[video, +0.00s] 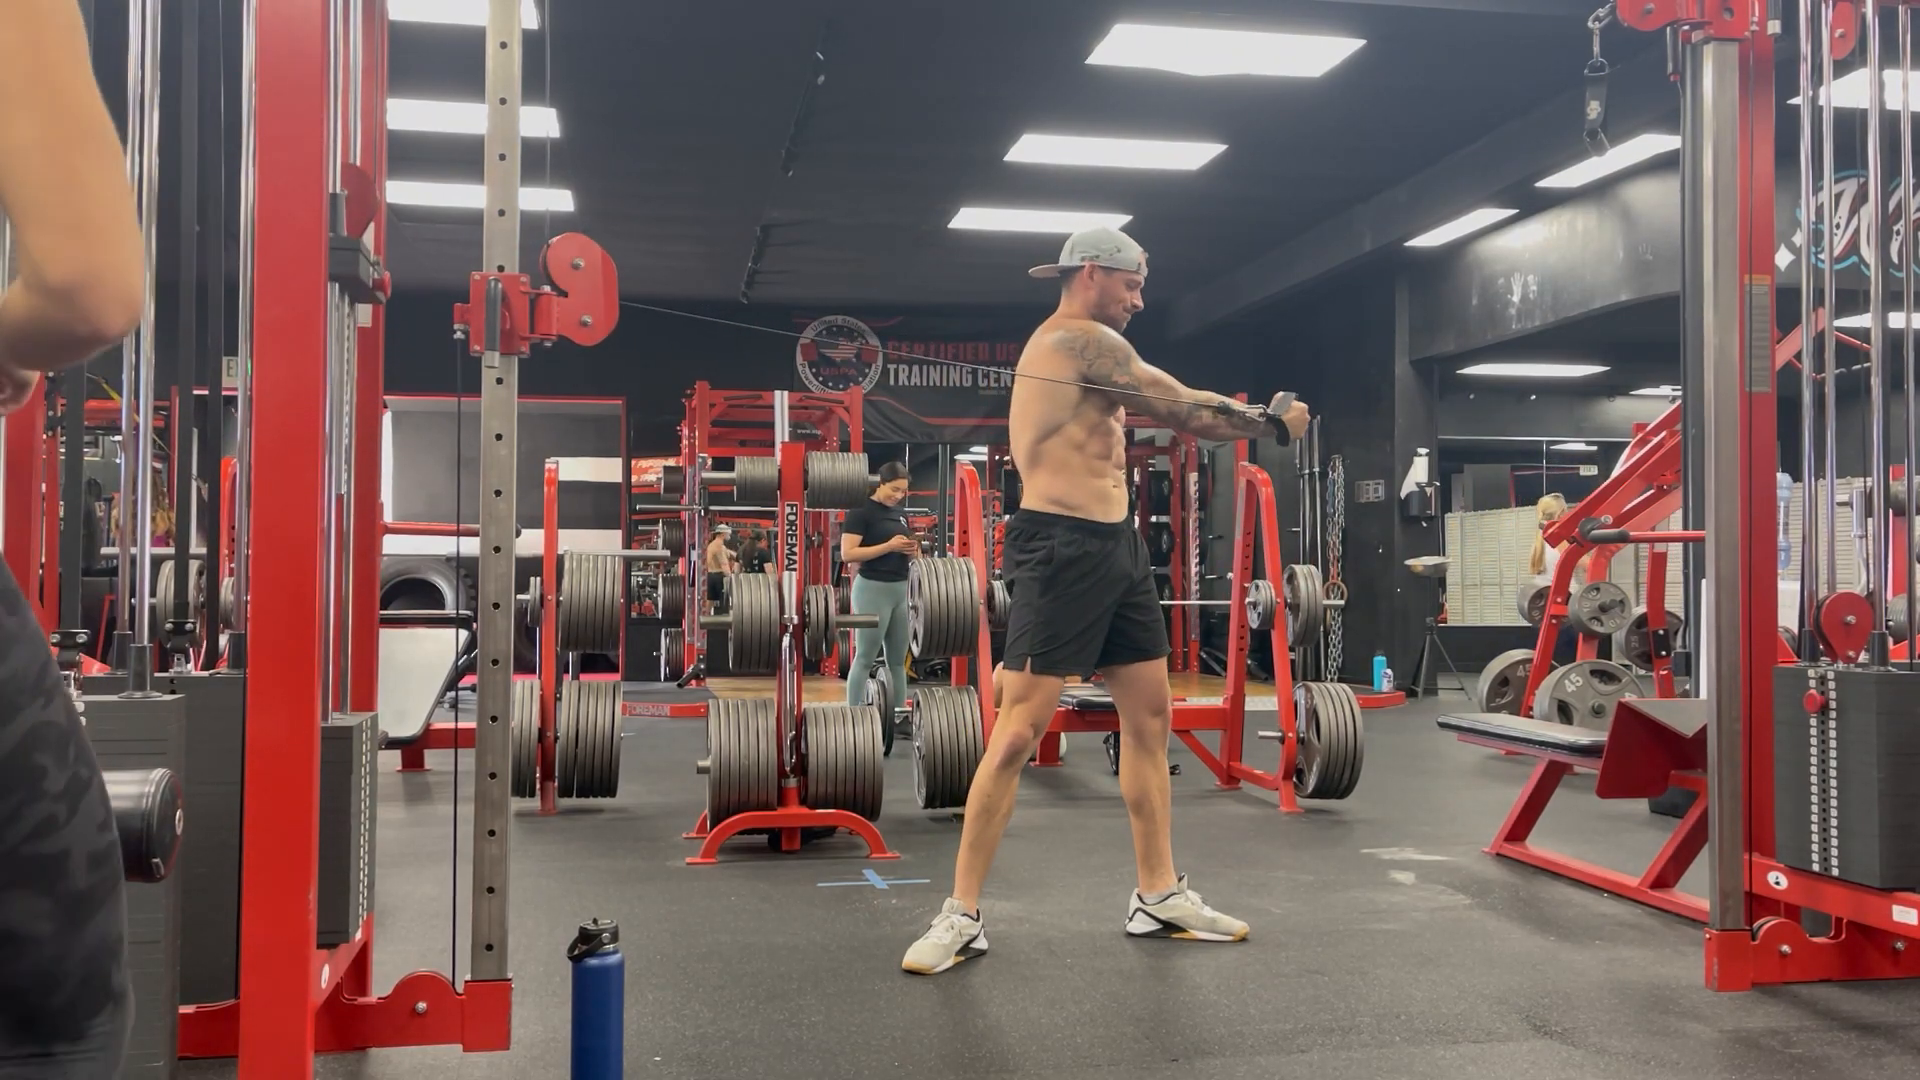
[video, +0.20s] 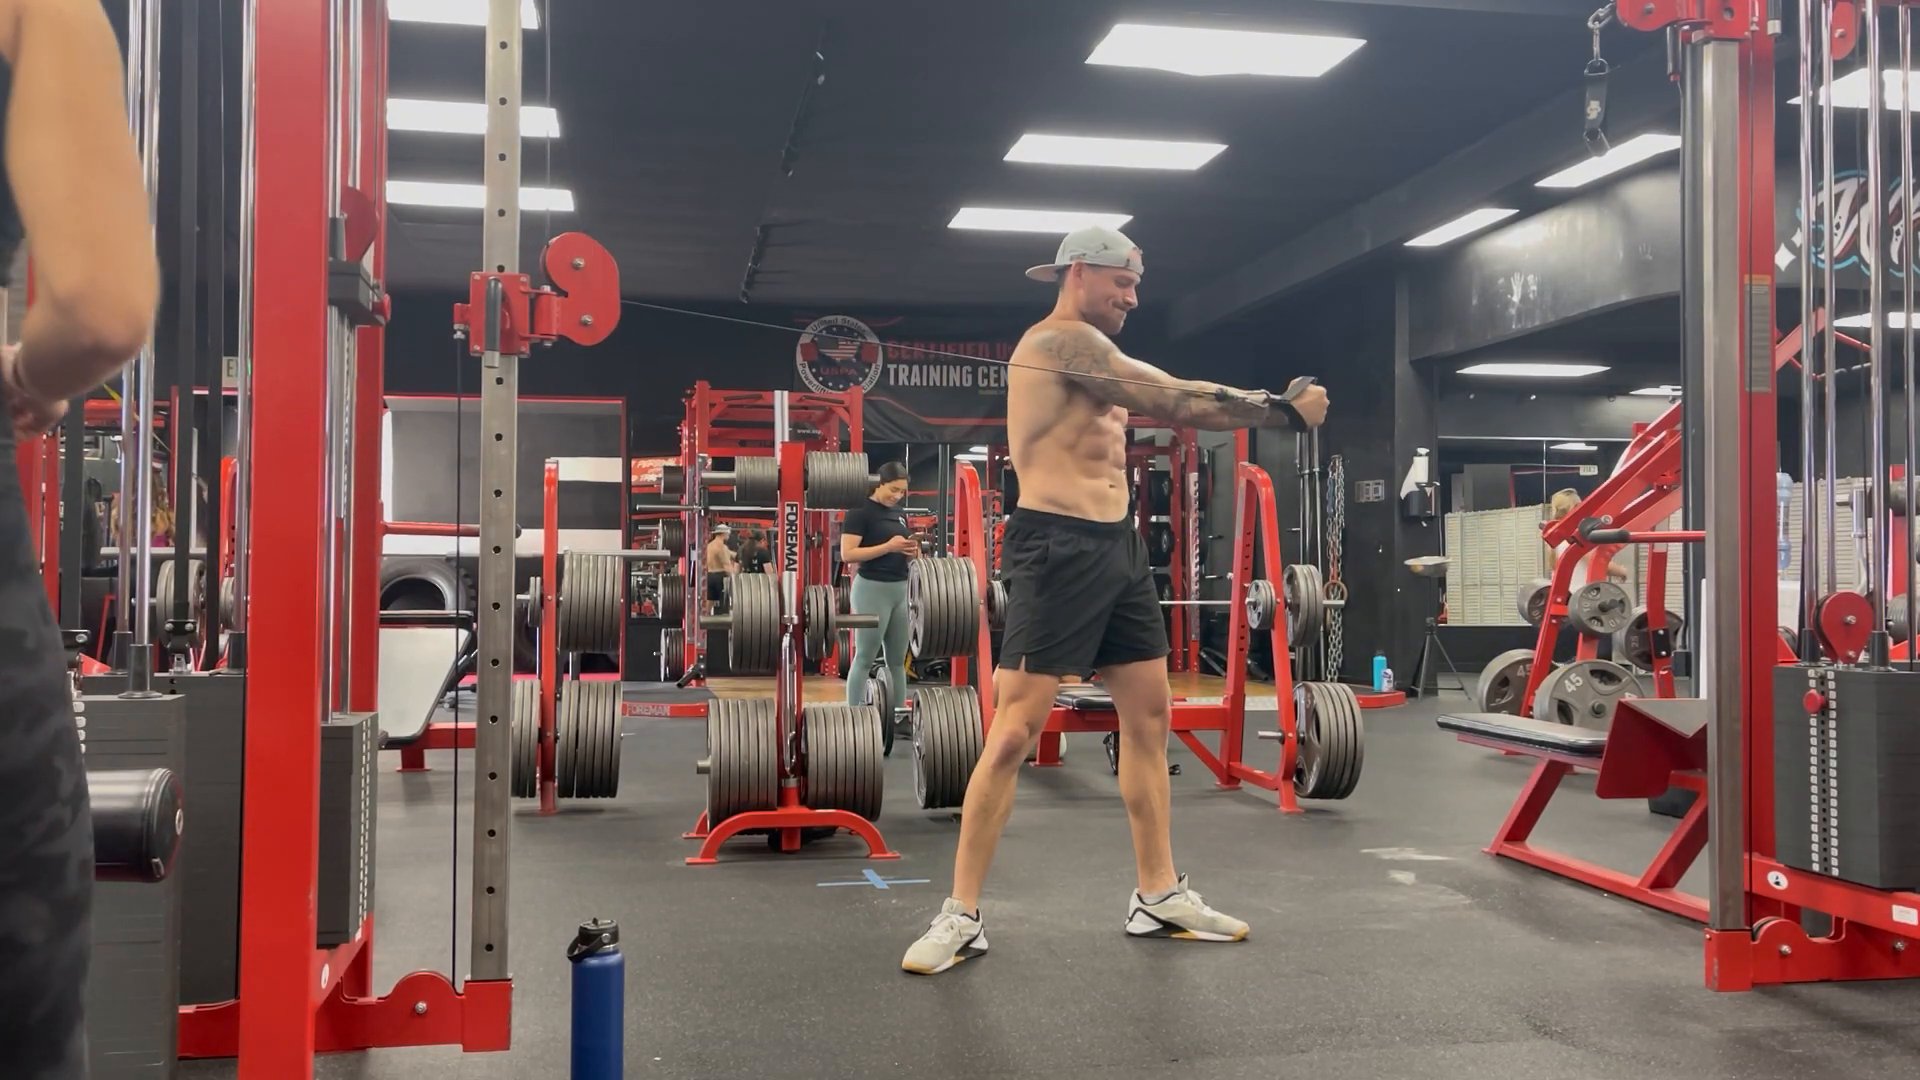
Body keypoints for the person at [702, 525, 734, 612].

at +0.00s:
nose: (730, 536)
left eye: (730, 534)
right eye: (728, 534)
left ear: (721, 534)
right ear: (722, 534)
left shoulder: (711, 545)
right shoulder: (720, 547)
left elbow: (726, 552)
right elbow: (724, 565)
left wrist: (734, 555)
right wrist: (729, 576)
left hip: (711, 573)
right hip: (719, 573)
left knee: (710, 599)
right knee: (722, 600)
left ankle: (707, 617)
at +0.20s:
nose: (728, 536)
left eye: (728, 534)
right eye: (727, 534)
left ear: (718, 534)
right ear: (723, 534)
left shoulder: (710, 545)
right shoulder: (722, 547)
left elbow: (727, 552)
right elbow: (726, 564)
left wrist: (735, 555)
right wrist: (733, 574)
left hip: (711, 572)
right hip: (721, 572)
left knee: (710, 599)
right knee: (722, 600)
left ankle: (707, 616)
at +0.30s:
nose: (727, 536)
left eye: (727, 534)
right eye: (727, 534)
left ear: (716, 533)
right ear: (723, 534)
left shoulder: (709, 545)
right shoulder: (723, 546)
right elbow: (728, 560)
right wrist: (734, 567)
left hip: (711, 572)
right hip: (721, 572)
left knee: (710, 599)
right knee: (723, 599)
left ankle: (707, 616)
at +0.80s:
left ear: (714, 533)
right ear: (725, 534)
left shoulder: (708, 546)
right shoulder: (731, 548)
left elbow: (704, 561)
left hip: (711, 573)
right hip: (726, 573)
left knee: (709, 601)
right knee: (725, 602)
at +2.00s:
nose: (725, 534)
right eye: (724, 533)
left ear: (713, 533)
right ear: (723, 534)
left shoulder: (708, 545)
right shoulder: (726, 547)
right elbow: (735, 557)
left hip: (710, 572)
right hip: (724, 572)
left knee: (709, 600)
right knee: (724, 600)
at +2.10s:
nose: (726, 535)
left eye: (725, 533)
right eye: (725, 533)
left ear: (714, 533)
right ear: (723, 534)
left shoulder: (708, 545)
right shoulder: (725, 546)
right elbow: (732, 557)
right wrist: (736, 552)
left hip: (711, 572)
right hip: (723, 572)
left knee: (710, 600)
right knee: (724, 600)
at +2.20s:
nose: (726, 534)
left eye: (726, 532)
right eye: (726, 532)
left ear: (715, 533)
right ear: (723, 533)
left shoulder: (709, 545)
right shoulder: (723, 546)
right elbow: (730, 560)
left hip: (711, 572)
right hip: (723, 572)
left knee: (711, 600)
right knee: (724, 600)